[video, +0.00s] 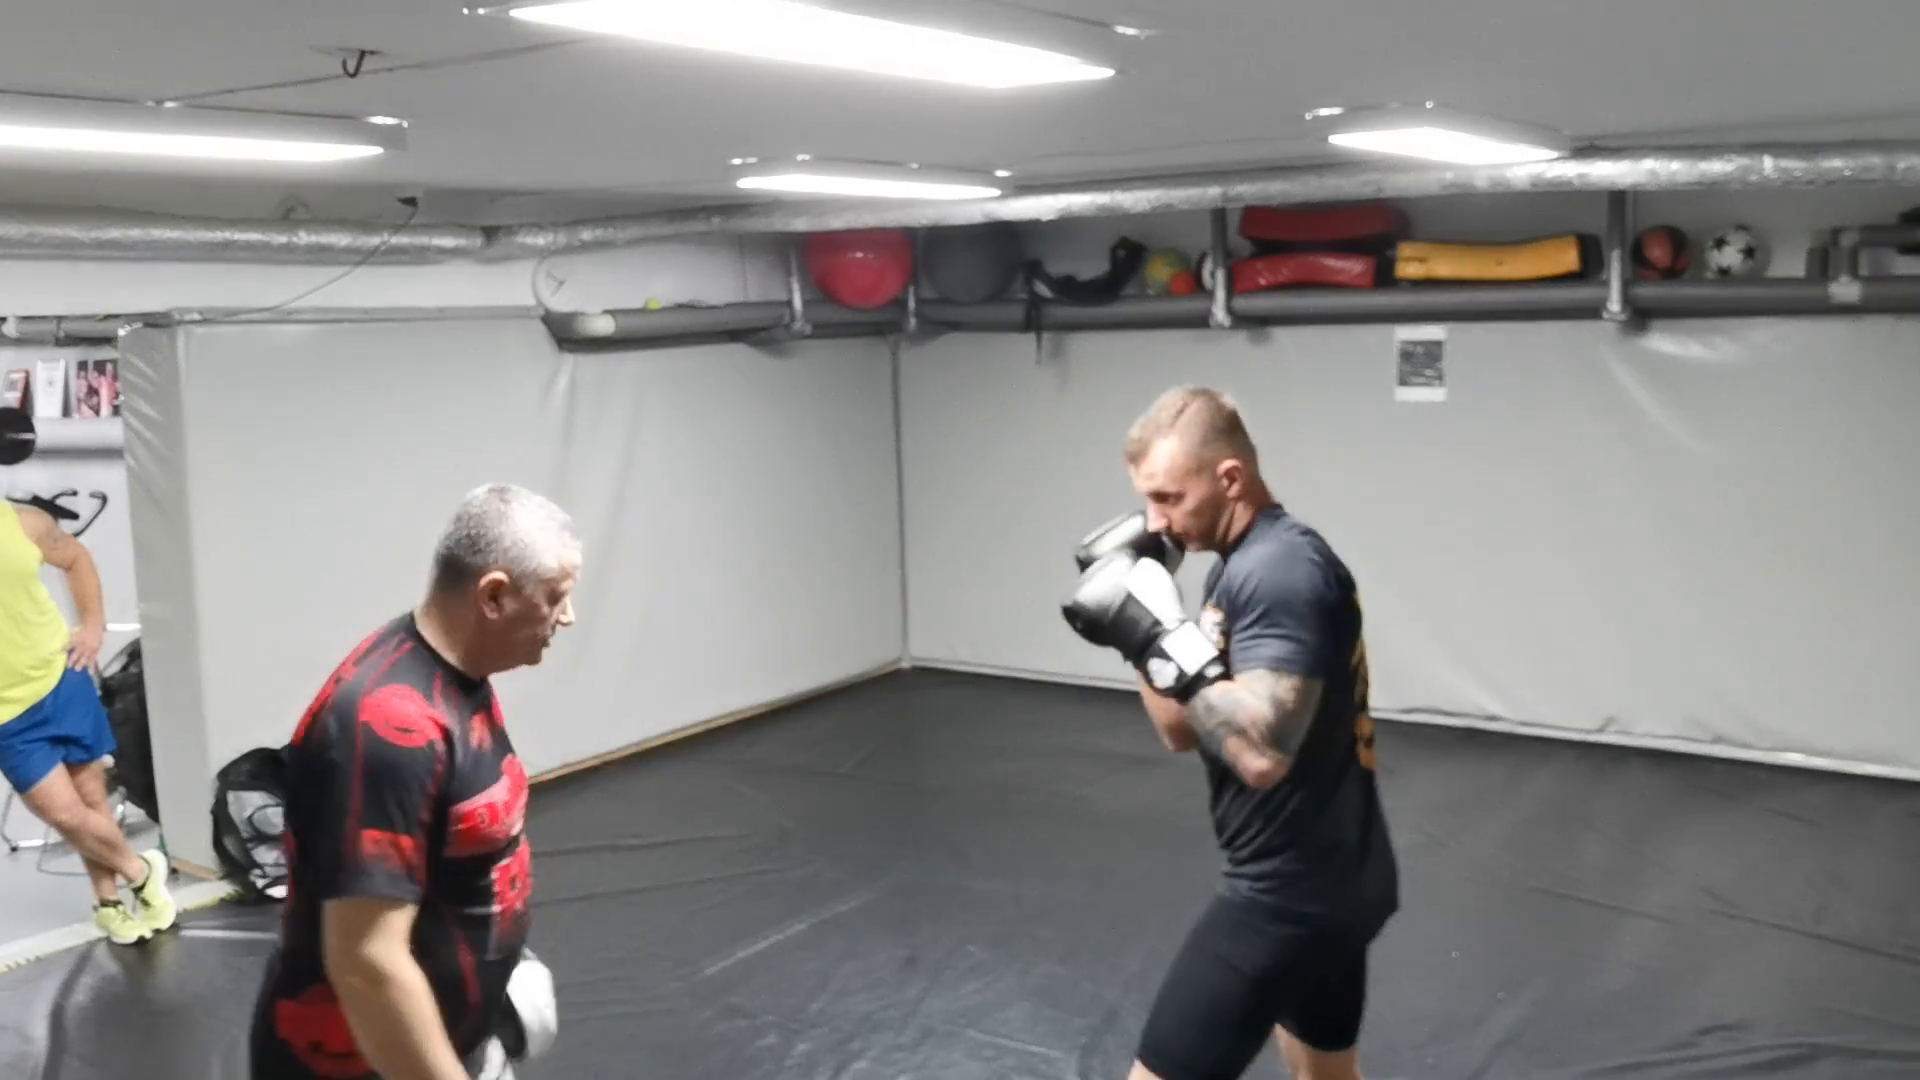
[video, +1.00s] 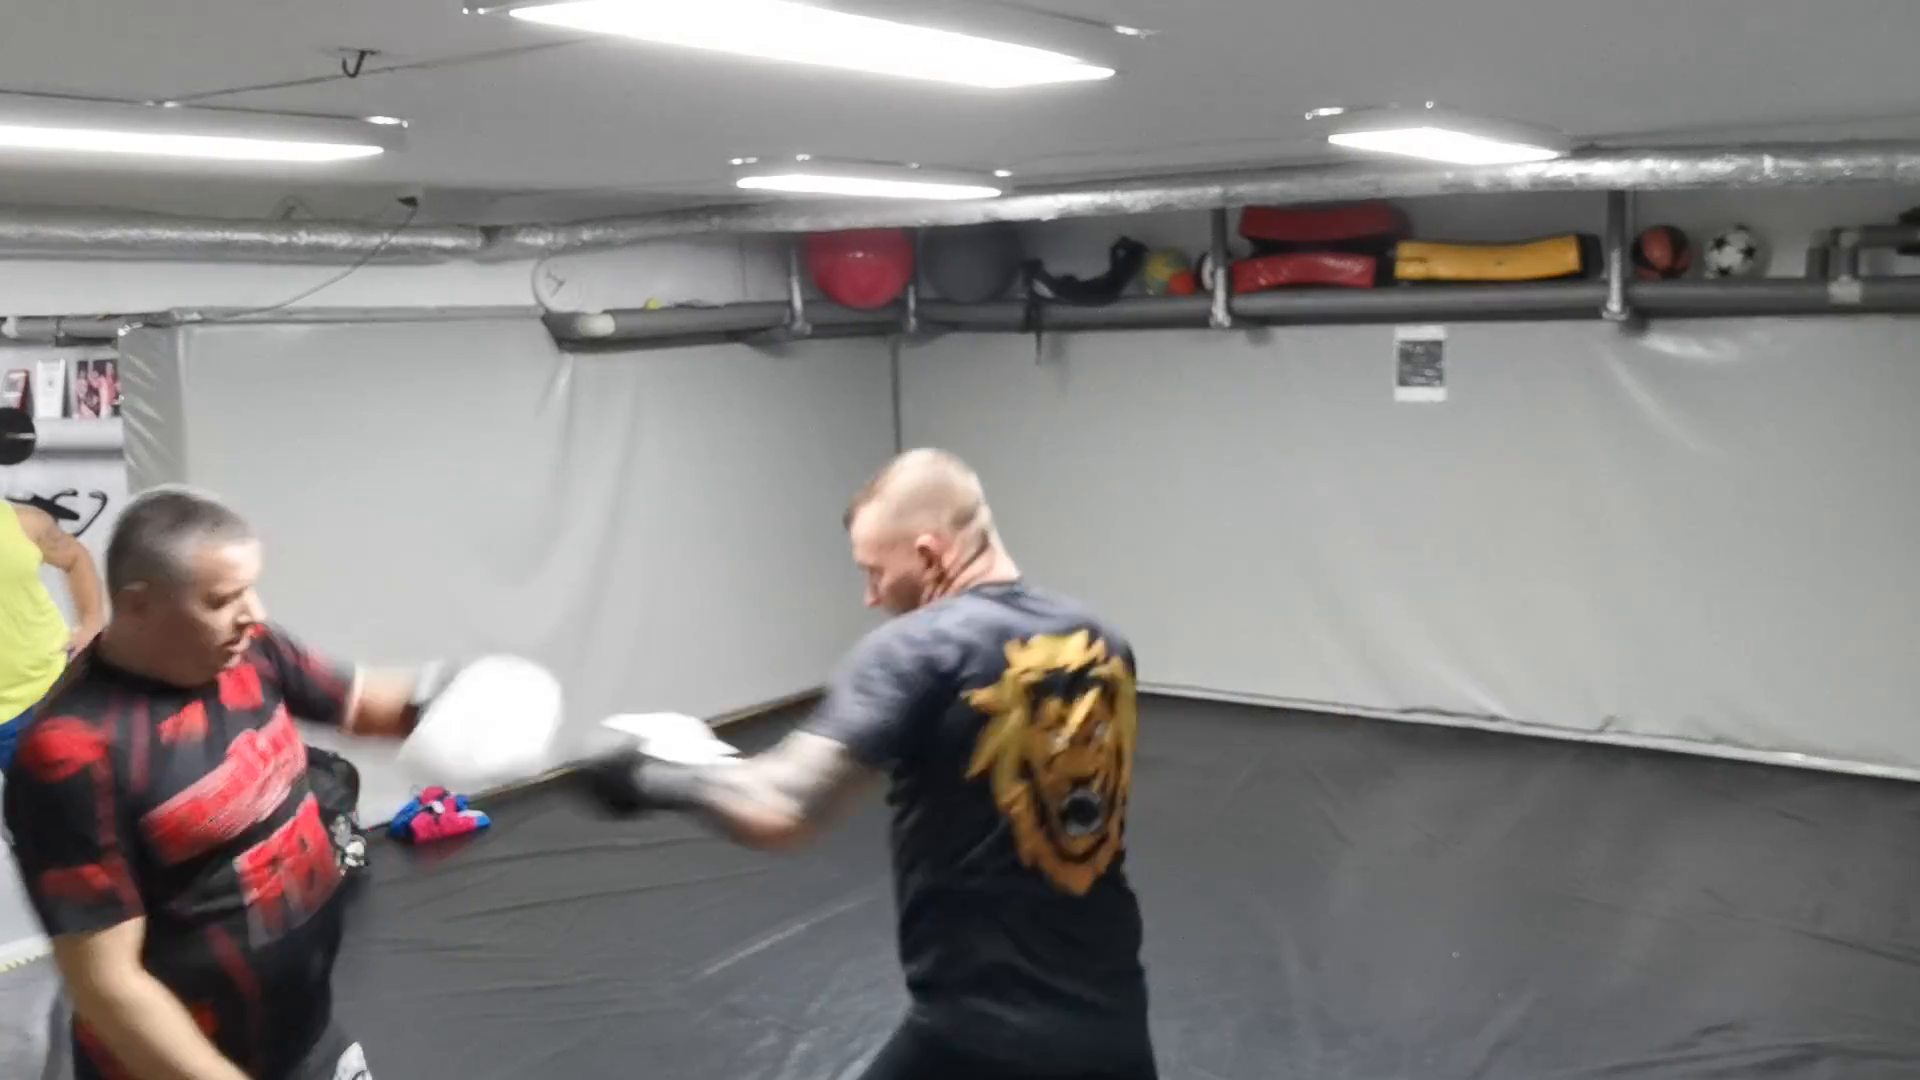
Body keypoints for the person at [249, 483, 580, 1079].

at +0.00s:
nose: (567, 618)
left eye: (568, 598)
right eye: (557, 598)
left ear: (494, 598)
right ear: (494, 597)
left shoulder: (455, 674)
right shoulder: (388, 720)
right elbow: (366, 960)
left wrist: (501, 961)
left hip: (440, 1035)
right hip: (362, 1060)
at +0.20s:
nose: (548, 633)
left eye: (548, 612)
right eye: (533, 613)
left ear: (470, 611)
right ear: (469, 609)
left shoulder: (466, 685)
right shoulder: (337, 712)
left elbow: (499, 835)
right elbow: (297, 931)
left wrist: (576, 977)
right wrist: (381, 1072)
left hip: (403, 1030)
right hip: (291, 1048)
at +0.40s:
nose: (451, 611)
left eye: (451, 589)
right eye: (433, 593)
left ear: (374, 591)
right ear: (362, 589)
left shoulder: (393, 669)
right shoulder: (250, 708)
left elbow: (506, 734)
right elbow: (239, 935)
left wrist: (630, 705)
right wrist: (338, 1072)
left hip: (370, 1036)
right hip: (260, 1056)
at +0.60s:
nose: (373, 624)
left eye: (371, 601)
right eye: (354, 605)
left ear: (281, 607)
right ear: (280, 606)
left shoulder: (298, 666)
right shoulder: (185, 731)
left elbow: (428, 682)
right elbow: (190, 962)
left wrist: (452, 580)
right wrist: (283, 1075)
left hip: (316, 1043)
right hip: (208, 1061)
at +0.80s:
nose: (339, 623)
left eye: (337, 600)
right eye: (314, 605)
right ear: (236, 605)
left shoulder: (291, 657)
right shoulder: (147, 727)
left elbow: (430, 688)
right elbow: (153, 965)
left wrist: (479, 612)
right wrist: (256, 1075)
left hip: (303, 1036)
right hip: (189, 1058)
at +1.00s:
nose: (251, 617)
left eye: (250, 593)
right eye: (224, 600)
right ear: (139, 603)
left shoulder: (252, 651)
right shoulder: (68, 751)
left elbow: (367, 701)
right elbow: (105, 982)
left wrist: (469, 704)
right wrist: (226, 1073)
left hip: (301, 1029)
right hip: (181, 1058)